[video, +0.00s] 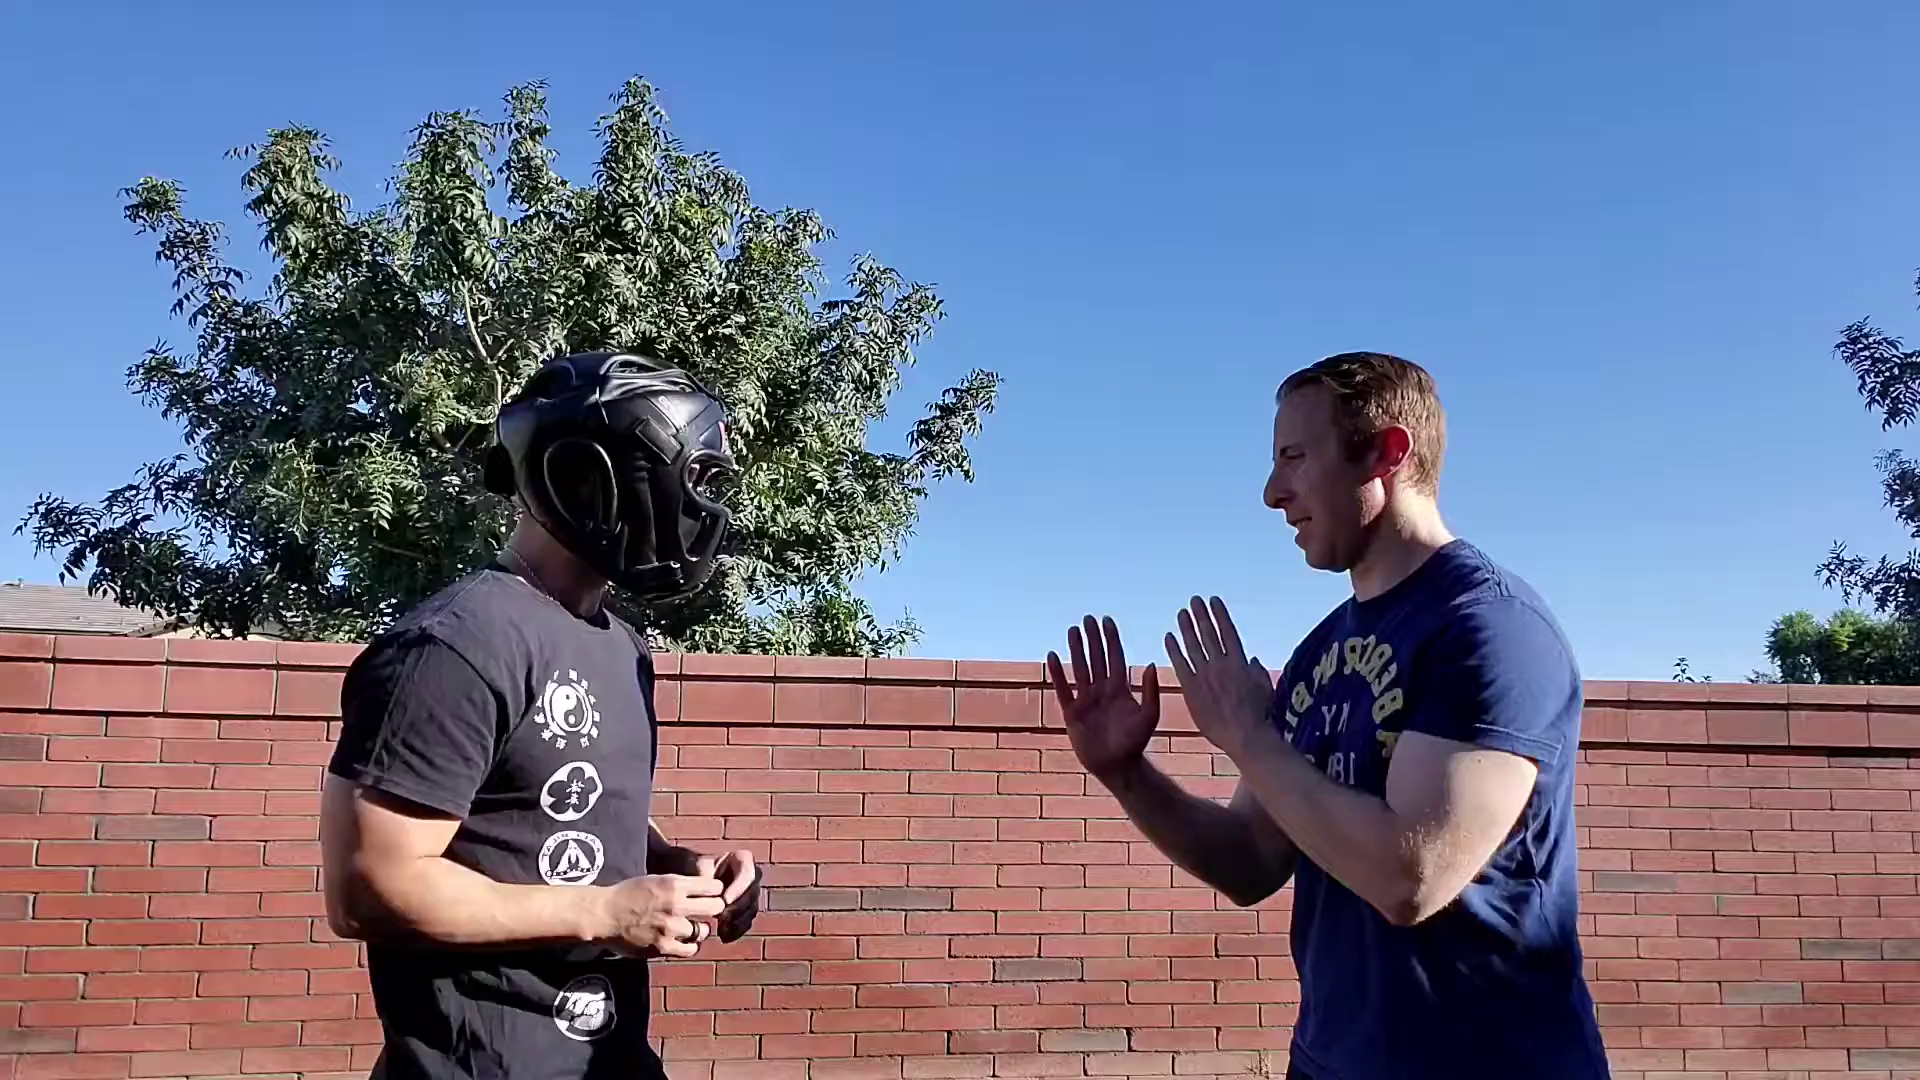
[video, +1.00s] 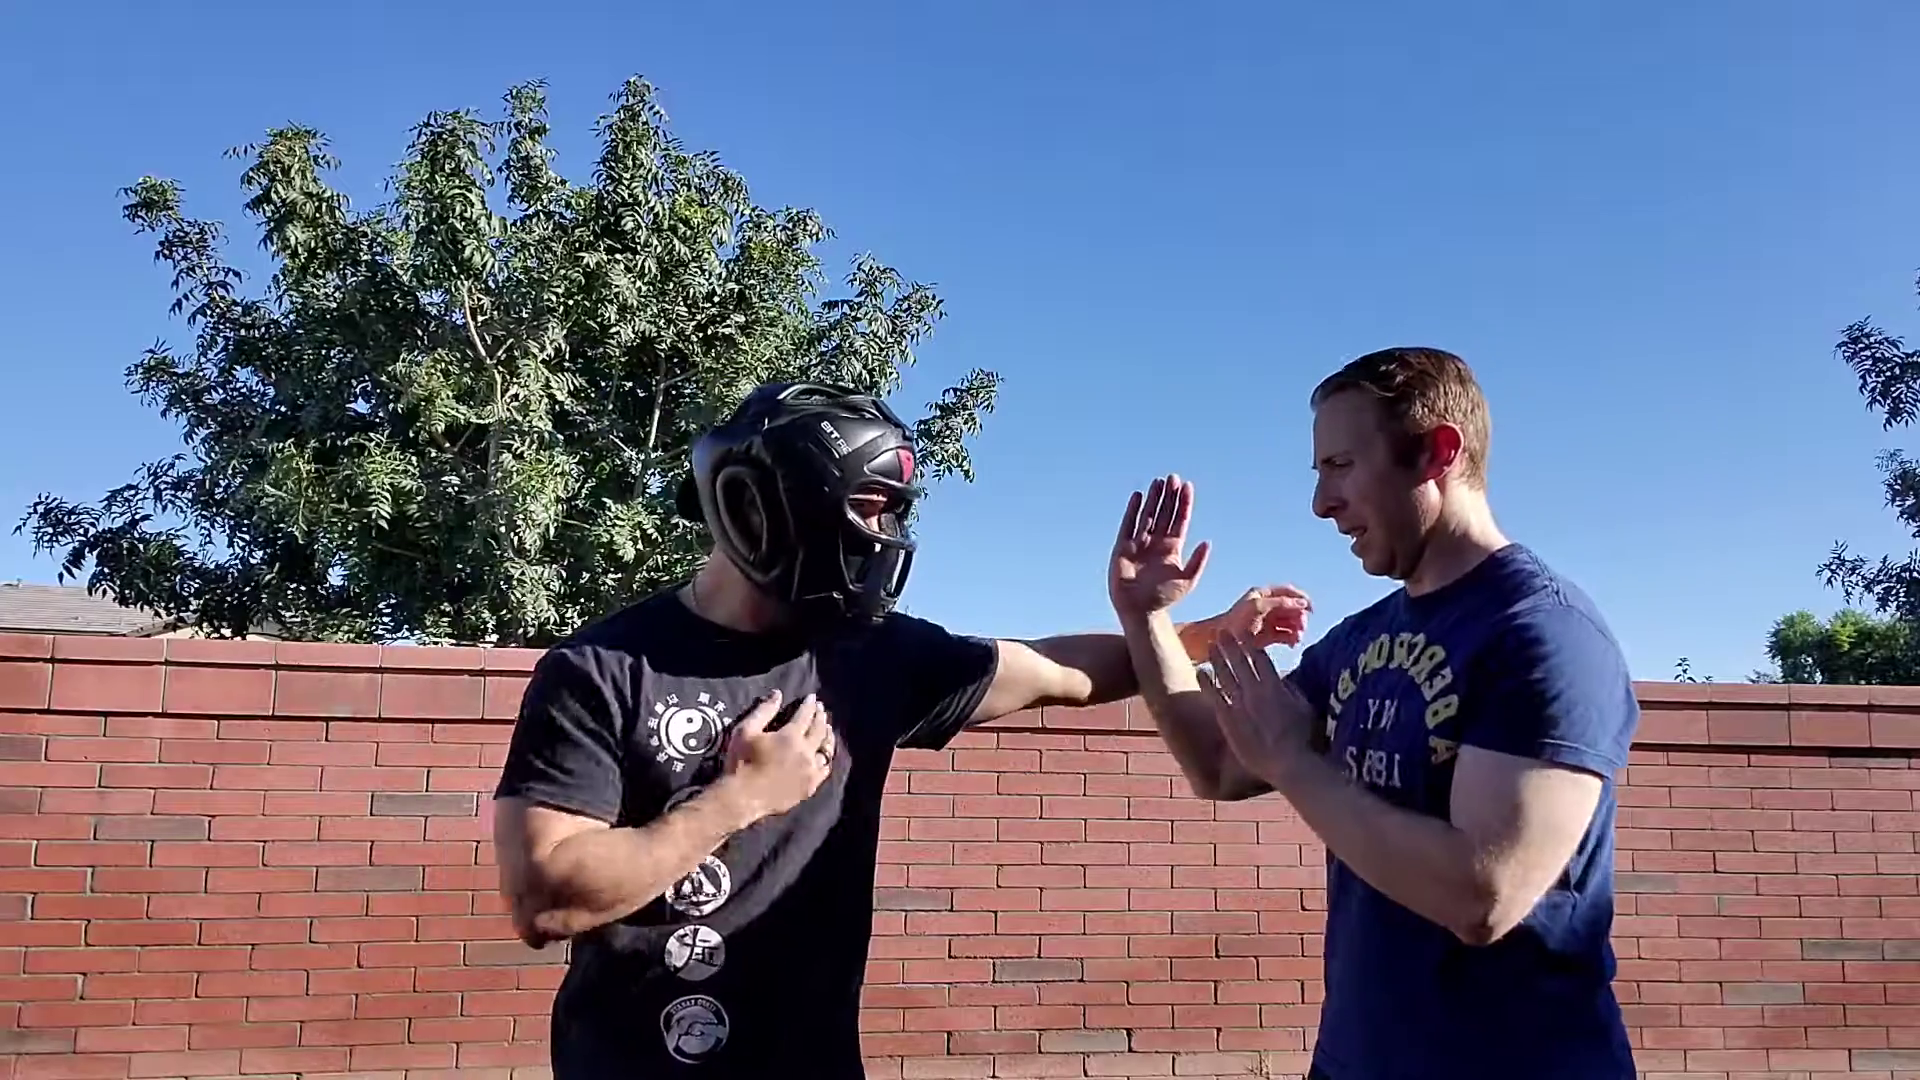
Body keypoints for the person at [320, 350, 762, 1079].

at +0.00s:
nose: (702, 507)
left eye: (704, 481)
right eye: (685, 479)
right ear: (599, 482)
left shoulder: (622, 649)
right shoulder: (451, 645)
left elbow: (582, 829)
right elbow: (370, 890)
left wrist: (679, 870)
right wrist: (603, 912)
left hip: (612, 1050)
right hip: (480, 1057)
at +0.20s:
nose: (675, 494)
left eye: (676, 467)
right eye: (656, 464)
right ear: (560, 469)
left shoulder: (585, 629)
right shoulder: (437, 637)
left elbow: (578, 842)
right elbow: (500, 885)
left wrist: (718, 858)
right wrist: (706, 793)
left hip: (606, 1051)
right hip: (476, 1059)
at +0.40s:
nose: (785, 529)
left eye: (787, 505)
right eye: (770, 502)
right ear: (686, 500)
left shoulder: (733, 670)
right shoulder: (540, 668)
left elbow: (792, 805)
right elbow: (562, 904)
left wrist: (936, 821)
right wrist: (770, 786)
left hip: (724, 1056)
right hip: (581, 1060)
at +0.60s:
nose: (893, 543)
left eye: (896, 518)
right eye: (870, 517)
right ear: (774, 515)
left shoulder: (881, 666)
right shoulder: (597, 684)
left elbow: (1064, 692)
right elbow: (516, 898)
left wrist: (1194, 678)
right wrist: (679, 890)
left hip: (809, 1059)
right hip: (629, 1062)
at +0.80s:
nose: (881, 546)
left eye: (887, 522)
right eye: (858, 519)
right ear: (761, 513)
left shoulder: (867, 655)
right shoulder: (584, 677)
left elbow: (1058, 672)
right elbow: (528, 899)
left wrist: (1203, 640)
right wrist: (720, 799)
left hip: (803, 1060)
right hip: (621, 1062)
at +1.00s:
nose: (892, 535)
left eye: (895, 510)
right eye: (869, 508)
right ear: (772, 507)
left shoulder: (868, 656)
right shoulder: (597, 673)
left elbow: (1061, 675)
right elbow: (547, 899)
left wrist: (1214, 638)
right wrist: (741, 800)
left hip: (809, 1059)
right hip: (631, 1060)